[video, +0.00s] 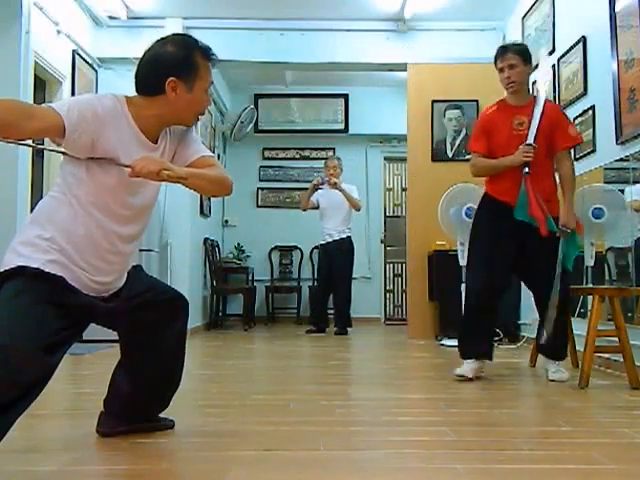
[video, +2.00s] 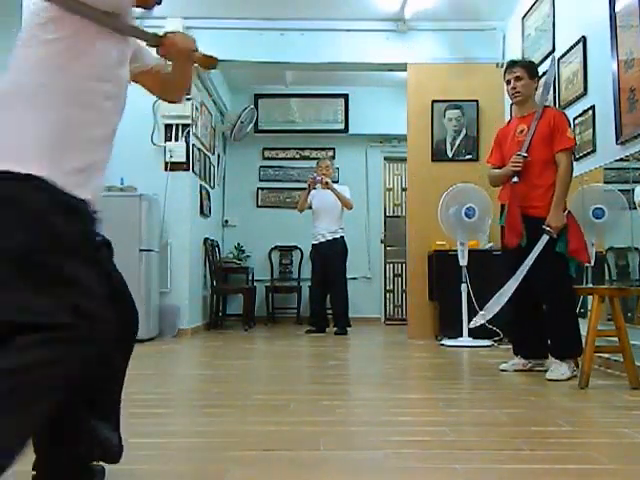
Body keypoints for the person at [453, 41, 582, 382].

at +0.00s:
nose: (508, 74)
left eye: (514, 67)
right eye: (502, 70)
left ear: (529, 69)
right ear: (497, 76)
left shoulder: (549, 112)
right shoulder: (488, 116)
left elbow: (563, 162)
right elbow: (476, 167)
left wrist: (568, 206)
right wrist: (511, 159)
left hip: (540, 210)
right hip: (496, 209)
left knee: (551, 286)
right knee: (481, 282)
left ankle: (555, 356)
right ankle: (473, 357)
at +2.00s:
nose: (513, 85)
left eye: (519, 79)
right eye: (508, 81)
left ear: (535, 83)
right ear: (506, 88)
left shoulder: (553, 117)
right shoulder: (504, 132)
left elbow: (565, 164)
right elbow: (492, 177)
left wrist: (557, 209)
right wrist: (507, 170)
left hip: (547, 214)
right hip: (515, 216)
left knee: (554, 285)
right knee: (520, 284)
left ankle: (565, 357)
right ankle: (529, 354)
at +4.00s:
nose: (511, 86)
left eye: (516, 80)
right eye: (506, 82)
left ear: (533, 83)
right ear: (504, 89)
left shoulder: (553, 117)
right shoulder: (504, 131)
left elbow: (564, 164)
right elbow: (493, 177)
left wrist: (557, 209)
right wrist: (508, 171)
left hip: (545, 215)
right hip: (512, 215)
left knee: (553, 285)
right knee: (517, 284)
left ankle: (565, 358)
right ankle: (529, 354)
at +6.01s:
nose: (510, 86)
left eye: (516, 80)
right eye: (506, 82)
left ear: (534, 82)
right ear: (505, 89)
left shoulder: (553, 117)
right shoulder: (504, 131)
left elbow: (565, 165)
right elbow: (493, 177)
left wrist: (558, 209)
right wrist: (508, 171)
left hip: (547, 214)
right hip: (514, 215)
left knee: (553, 284)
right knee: (520, 284)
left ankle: (565, 358)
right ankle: (529, 354)